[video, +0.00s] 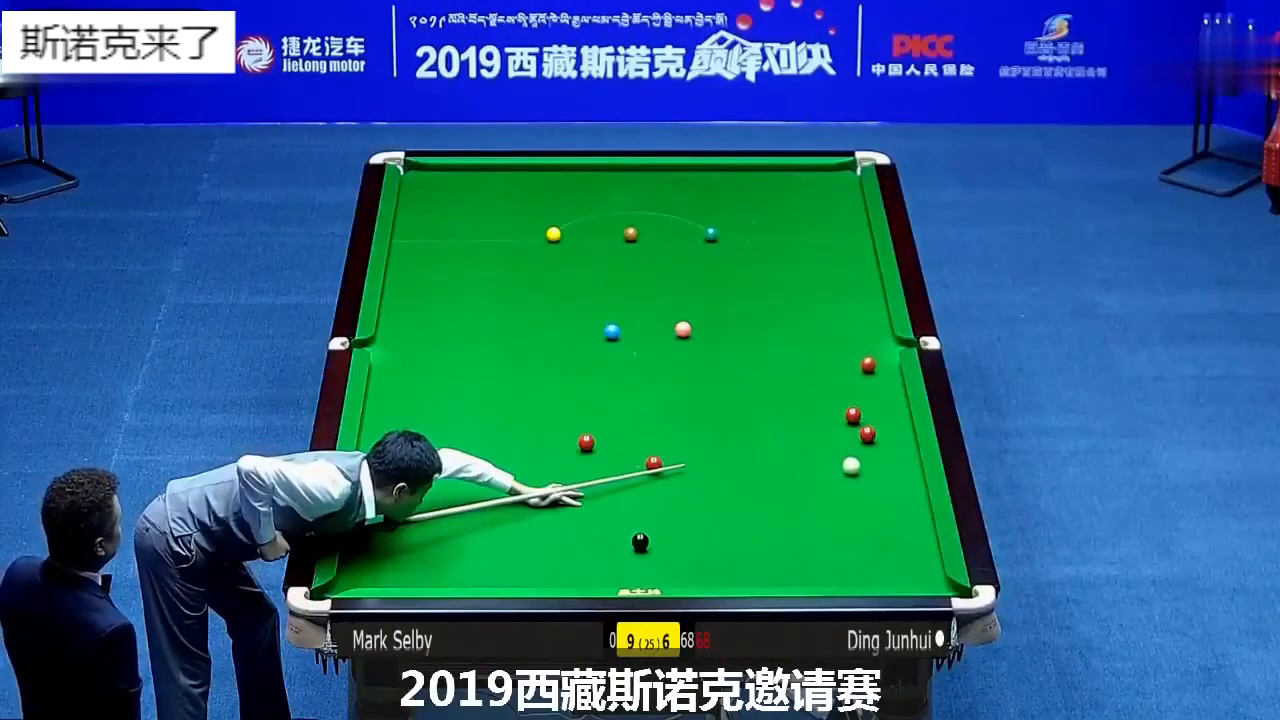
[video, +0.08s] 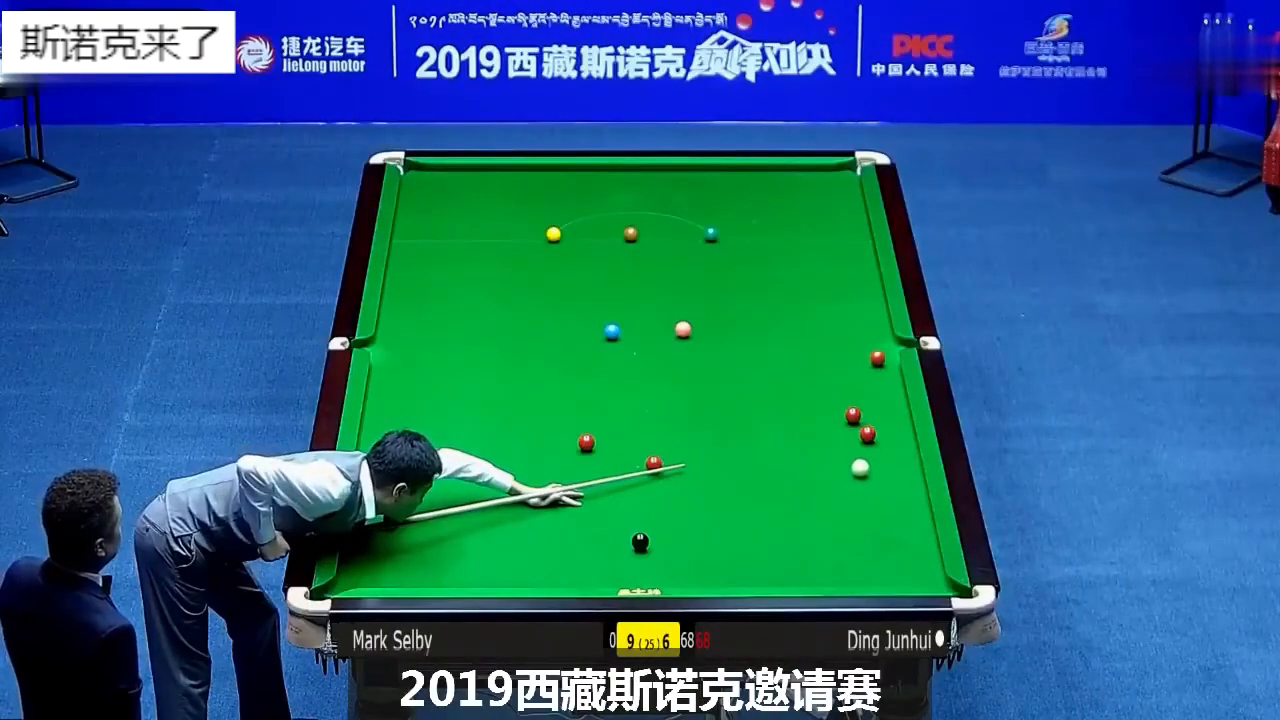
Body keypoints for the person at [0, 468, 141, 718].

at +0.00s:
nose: (120, 526)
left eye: (117, 520)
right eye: (117, 523)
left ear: (53, 530)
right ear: (100, 546)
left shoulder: (18, 575)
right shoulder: (112, 632)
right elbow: (128, 707)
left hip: (32, 711)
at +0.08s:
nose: (121, 527)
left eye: (117, 521)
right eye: (117, 523)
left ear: (53, 530)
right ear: (101, 547)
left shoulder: (18, 576)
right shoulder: (113, 632)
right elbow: (129, 707)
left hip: (32, 711)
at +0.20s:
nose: (122, 528)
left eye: (119, 522)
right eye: (118, 525)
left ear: (55, 532)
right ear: (102, 548)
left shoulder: (20, 577)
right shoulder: (113, 634)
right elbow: (130, 708)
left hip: (32, 711)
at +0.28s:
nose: (124, 531)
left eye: (121, 525)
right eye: (121, 528)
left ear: (57, 534)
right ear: (104, 551)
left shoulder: (23, 579)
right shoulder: (113, 637)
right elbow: (131, 710)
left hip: (33, 711)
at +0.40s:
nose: (131, 533)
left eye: (127, 527)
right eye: (127, 530)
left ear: (64, 537)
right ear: (110, 554)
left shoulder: (31, 580)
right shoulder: (116, 641)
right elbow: (135, 712)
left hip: (39, 712)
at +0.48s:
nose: (136, 533)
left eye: (133, 528)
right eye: (132, 531)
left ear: (70, 539)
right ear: (115, 556)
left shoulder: (39, 580)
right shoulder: (119, 644)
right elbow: (141, 713)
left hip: (45, 711)